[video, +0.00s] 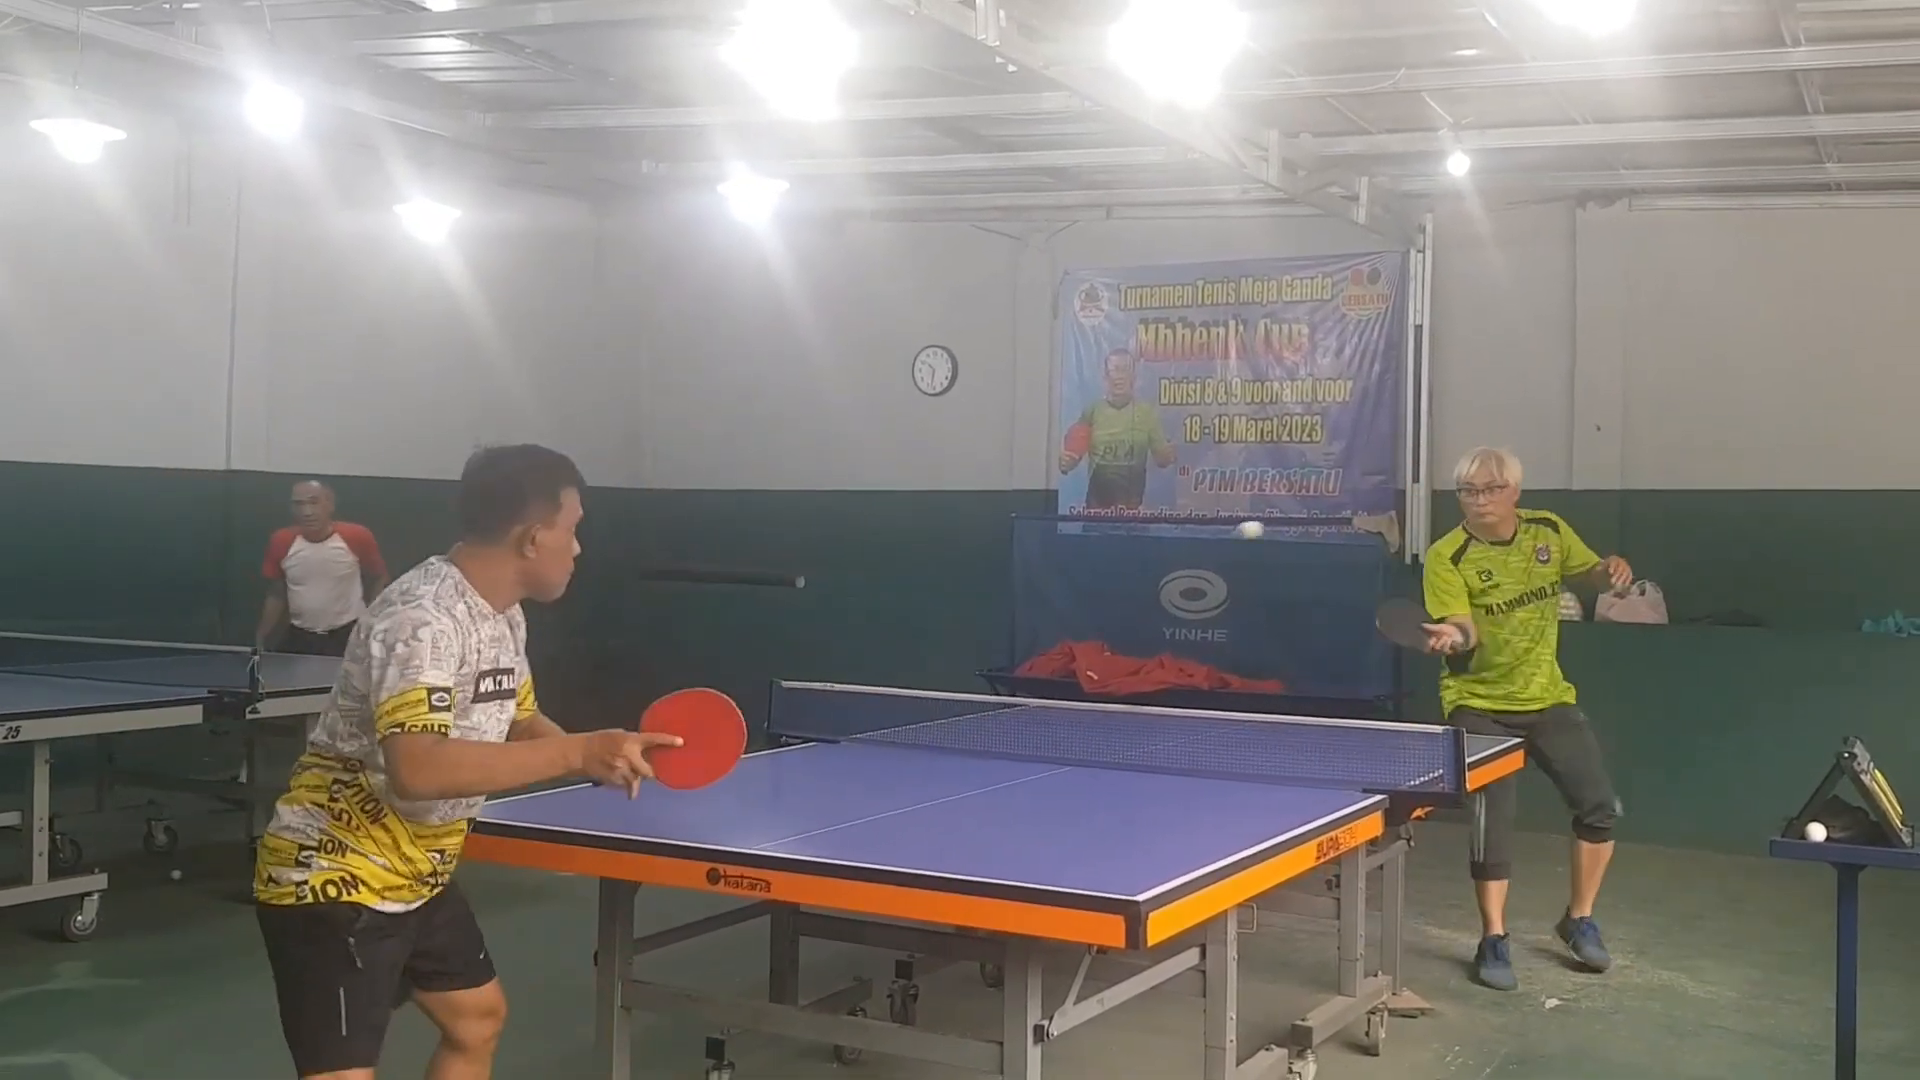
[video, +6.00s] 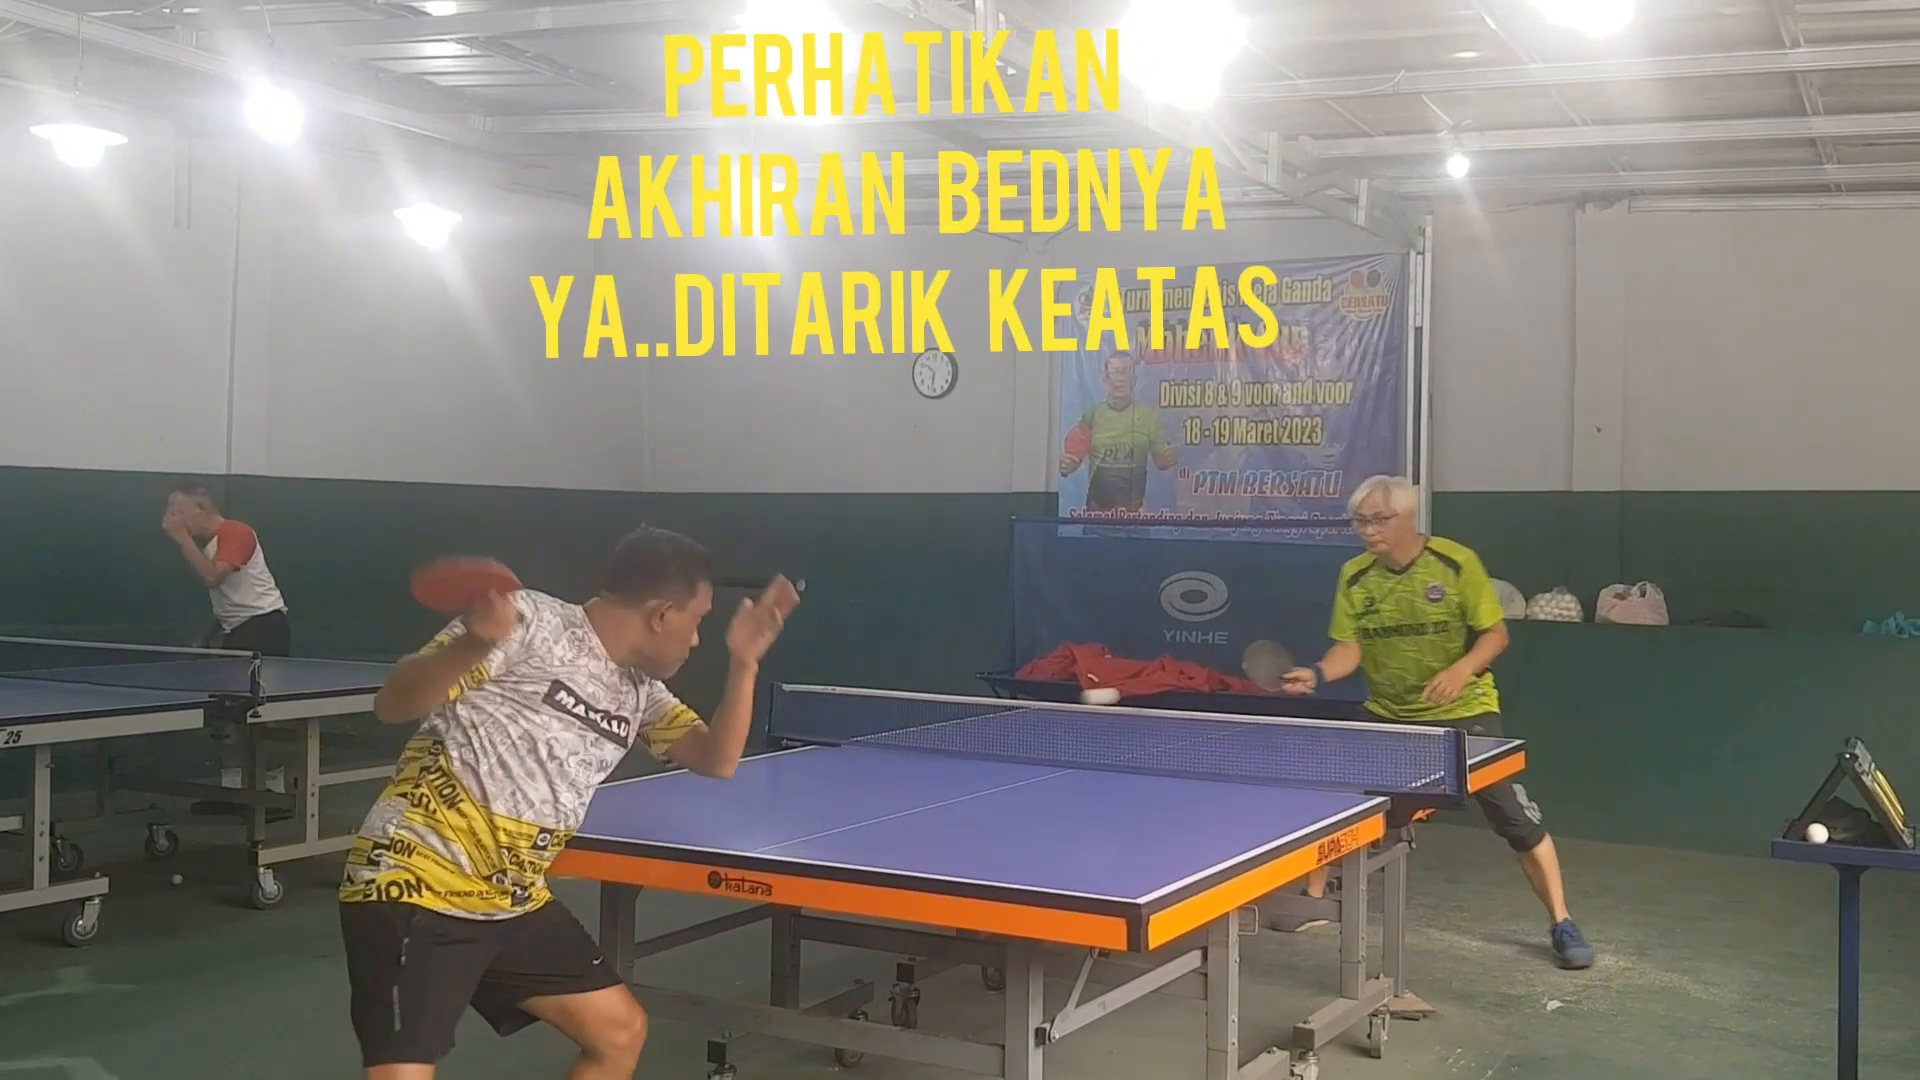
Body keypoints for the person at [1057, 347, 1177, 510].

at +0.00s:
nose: (1118, 377)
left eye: (1124, 370)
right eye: (1113, 370)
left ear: (1133, 375)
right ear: (1105, 376)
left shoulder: (1146, 413)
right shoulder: (1093, 412)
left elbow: (1161, 457)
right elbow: (1076, 446)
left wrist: (1167, 455)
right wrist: (1066, 462)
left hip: (1132, 498)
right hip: (1098, 499)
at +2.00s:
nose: (1116, 381)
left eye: (1122, 374)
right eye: (1110, 375)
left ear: (1131, 380)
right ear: (1103, 381)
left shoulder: (1145, 418)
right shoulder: (1091, 419)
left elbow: (1158, 463)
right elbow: (1074, 449)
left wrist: (1165, 460)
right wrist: (1065, 466)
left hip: (1129, 507)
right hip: (1095, 508)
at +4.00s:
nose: (1118, 382)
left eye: (1123, 375)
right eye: (1112, 375)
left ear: (1132, 380)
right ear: (1103, 381)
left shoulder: (1145, 417)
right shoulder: (1091, 418)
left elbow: (1158, 462)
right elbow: (1074, 450)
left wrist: (1166, 460)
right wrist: (1066, 466)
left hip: (1131, 505)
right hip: (1097, 506)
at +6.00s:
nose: (1119, 379)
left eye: (1125, 372)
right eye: (1113, 372)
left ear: (1134, 379)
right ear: (1105, 379)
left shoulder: (1147, 416)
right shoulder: (1093, 415)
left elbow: (1160, 461)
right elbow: (1077, 449)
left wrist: (1168, 458)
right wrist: (1067, 464)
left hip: (1132, 503)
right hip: (1098, 505)